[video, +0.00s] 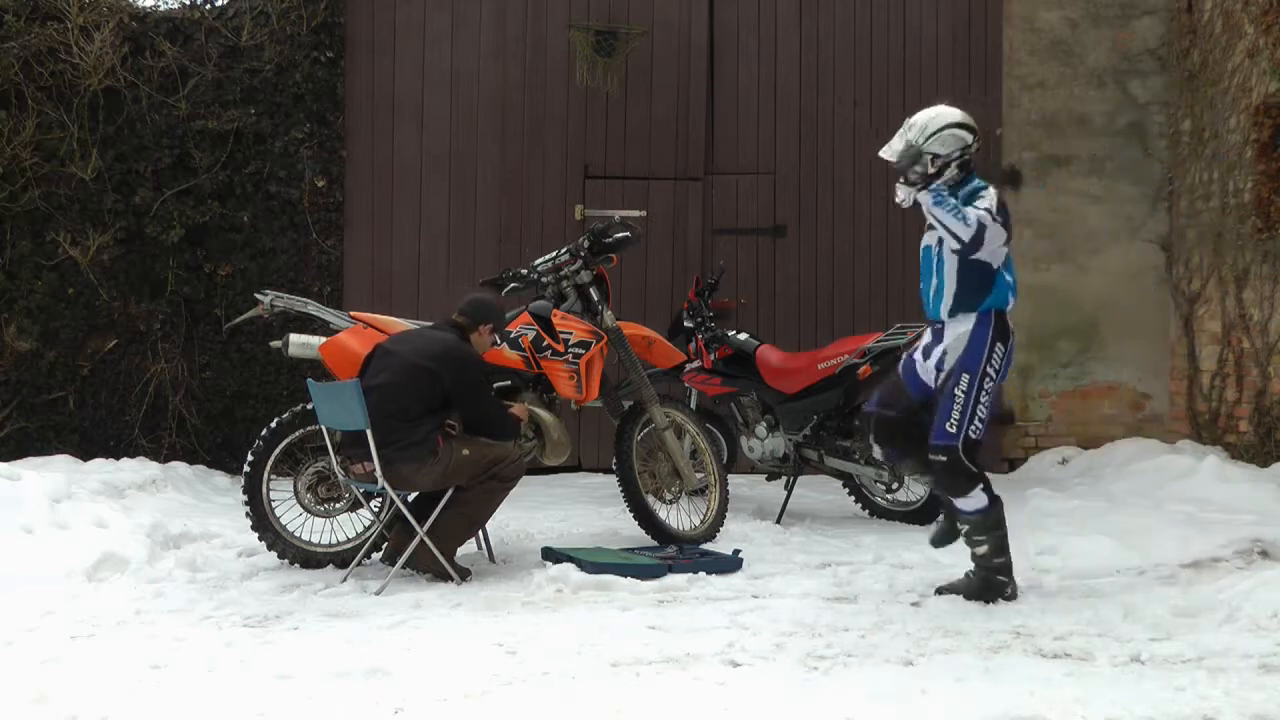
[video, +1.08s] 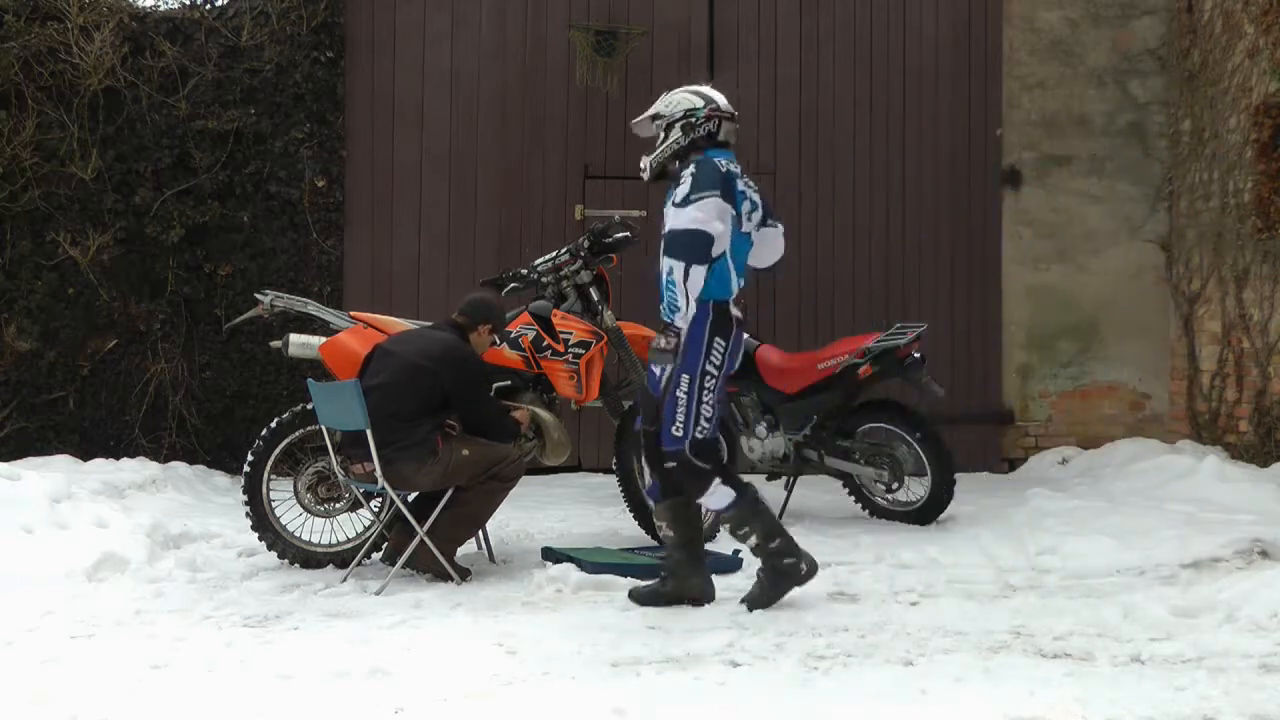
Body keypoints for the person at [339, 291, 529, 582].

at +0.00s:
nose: (492, 345)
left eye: (495, 339)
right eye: (494, 337)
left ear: (459, 317)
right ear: (484, 329)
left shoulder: (405, 337)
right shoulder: (461, 356)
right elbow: (494, 428)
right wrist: (514, 417)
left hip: (358, 454)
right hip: (401, 461)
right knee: (509, 463)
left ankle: (402, 543)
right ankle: (435, 551)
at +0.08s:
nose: (492, 345)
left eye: (495, 339)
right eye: (494, 337)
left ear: (459, 317)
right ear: (484, 329)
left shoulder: (406, 337)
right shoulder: (462, 357)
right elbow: (495, 431)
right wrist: (514, 420)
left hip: (358, 454)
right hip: (401, 461)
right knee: (508, 464)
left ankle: (402, 543)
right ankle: (435, 551)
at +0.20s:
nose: (492, 345)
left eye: (495, 339)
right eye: (494, 338)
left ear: (459, 317)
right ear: (484, 329)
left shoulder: (405, 337)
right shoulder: (461, 357)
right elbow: (493, 429)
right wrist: (514, 420)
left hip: (357, 456)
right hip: (401, 461)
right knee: (508, 464)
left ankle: (402, 543)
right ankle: (435, 551)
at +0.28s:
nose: (492, 345)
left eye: (495, 339)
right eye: (493, 337)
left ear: (459, 317)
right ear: (483, 329)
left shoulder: (404, 337)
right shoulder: (461, 357)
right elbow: (486, 424)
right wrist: (516, 421)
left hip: (357, 456)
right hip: (400, 461)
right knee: (508, 464)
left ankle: (402, 543)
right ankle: (435, 550)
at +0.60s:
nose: (491, 346)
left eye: (494, 339)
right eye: (493, 337)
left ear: (458, 318)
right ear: (483, 329)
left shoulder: (404, 337)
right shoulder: (462, 358)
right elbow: (489, 427)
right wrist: (515, 419)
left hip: (357, 456)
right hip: (400, 461)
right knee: (508, 464)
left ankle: (402, 543)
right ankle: (435, 550)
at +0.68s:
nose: (491, 346)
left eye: (494, 339)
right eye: (493, 337)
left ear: (458, 317)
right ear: (483, 329)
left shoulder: (404, 337)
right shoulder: (462, 358)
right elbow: (489, 426)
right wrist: (515, 418)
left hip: (357, 456)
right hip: (400, 462)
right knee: (508, 463)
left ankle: (402, 543)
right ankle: (435, 551)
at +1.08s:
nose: (491, 346)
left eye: (494, 339)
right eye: (493, 338)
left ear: (458, 318)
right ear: (482, 329)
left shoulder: (405, 337)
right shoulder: (462, 358)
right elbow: (492, 430)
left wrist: (491, 410)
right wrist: (516, 422)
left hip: (357, 455)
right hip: (400, 461)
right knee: (508, 464)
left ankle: (402, 543)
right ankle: (435, 550)